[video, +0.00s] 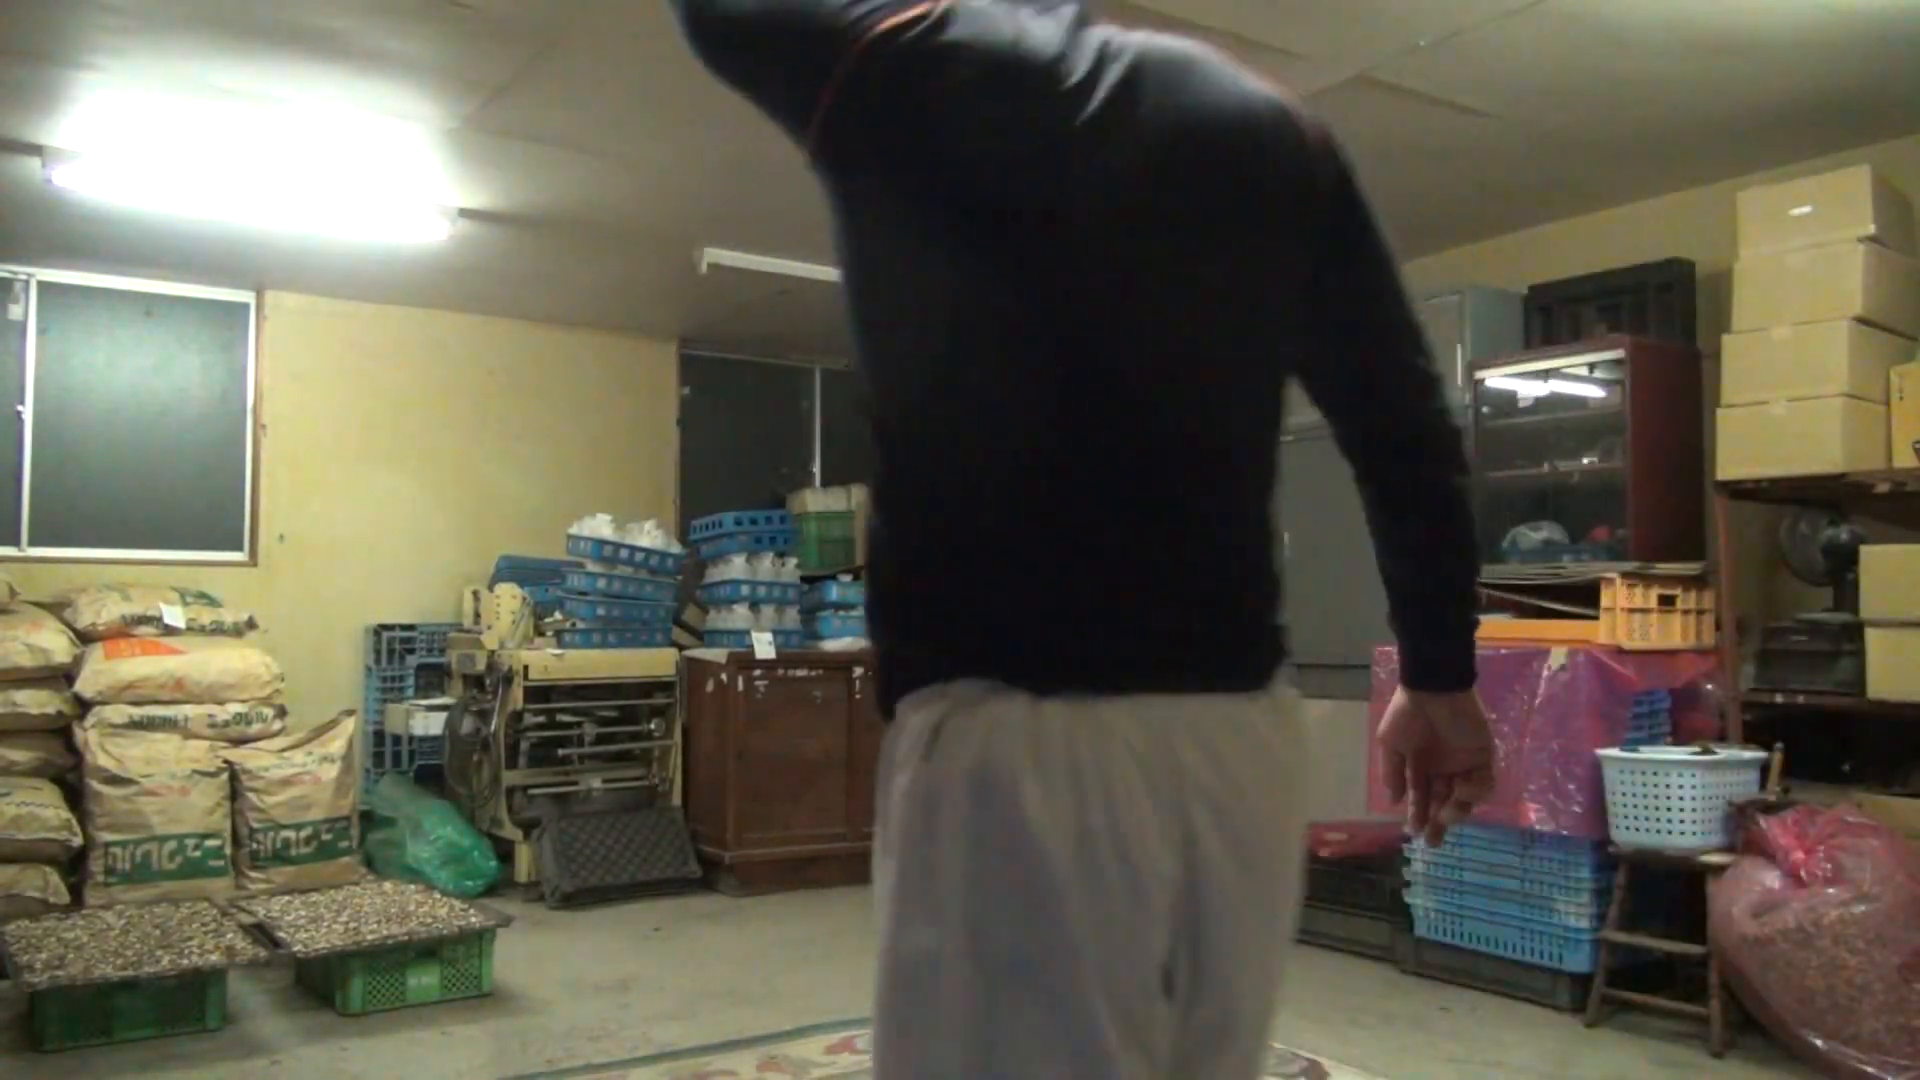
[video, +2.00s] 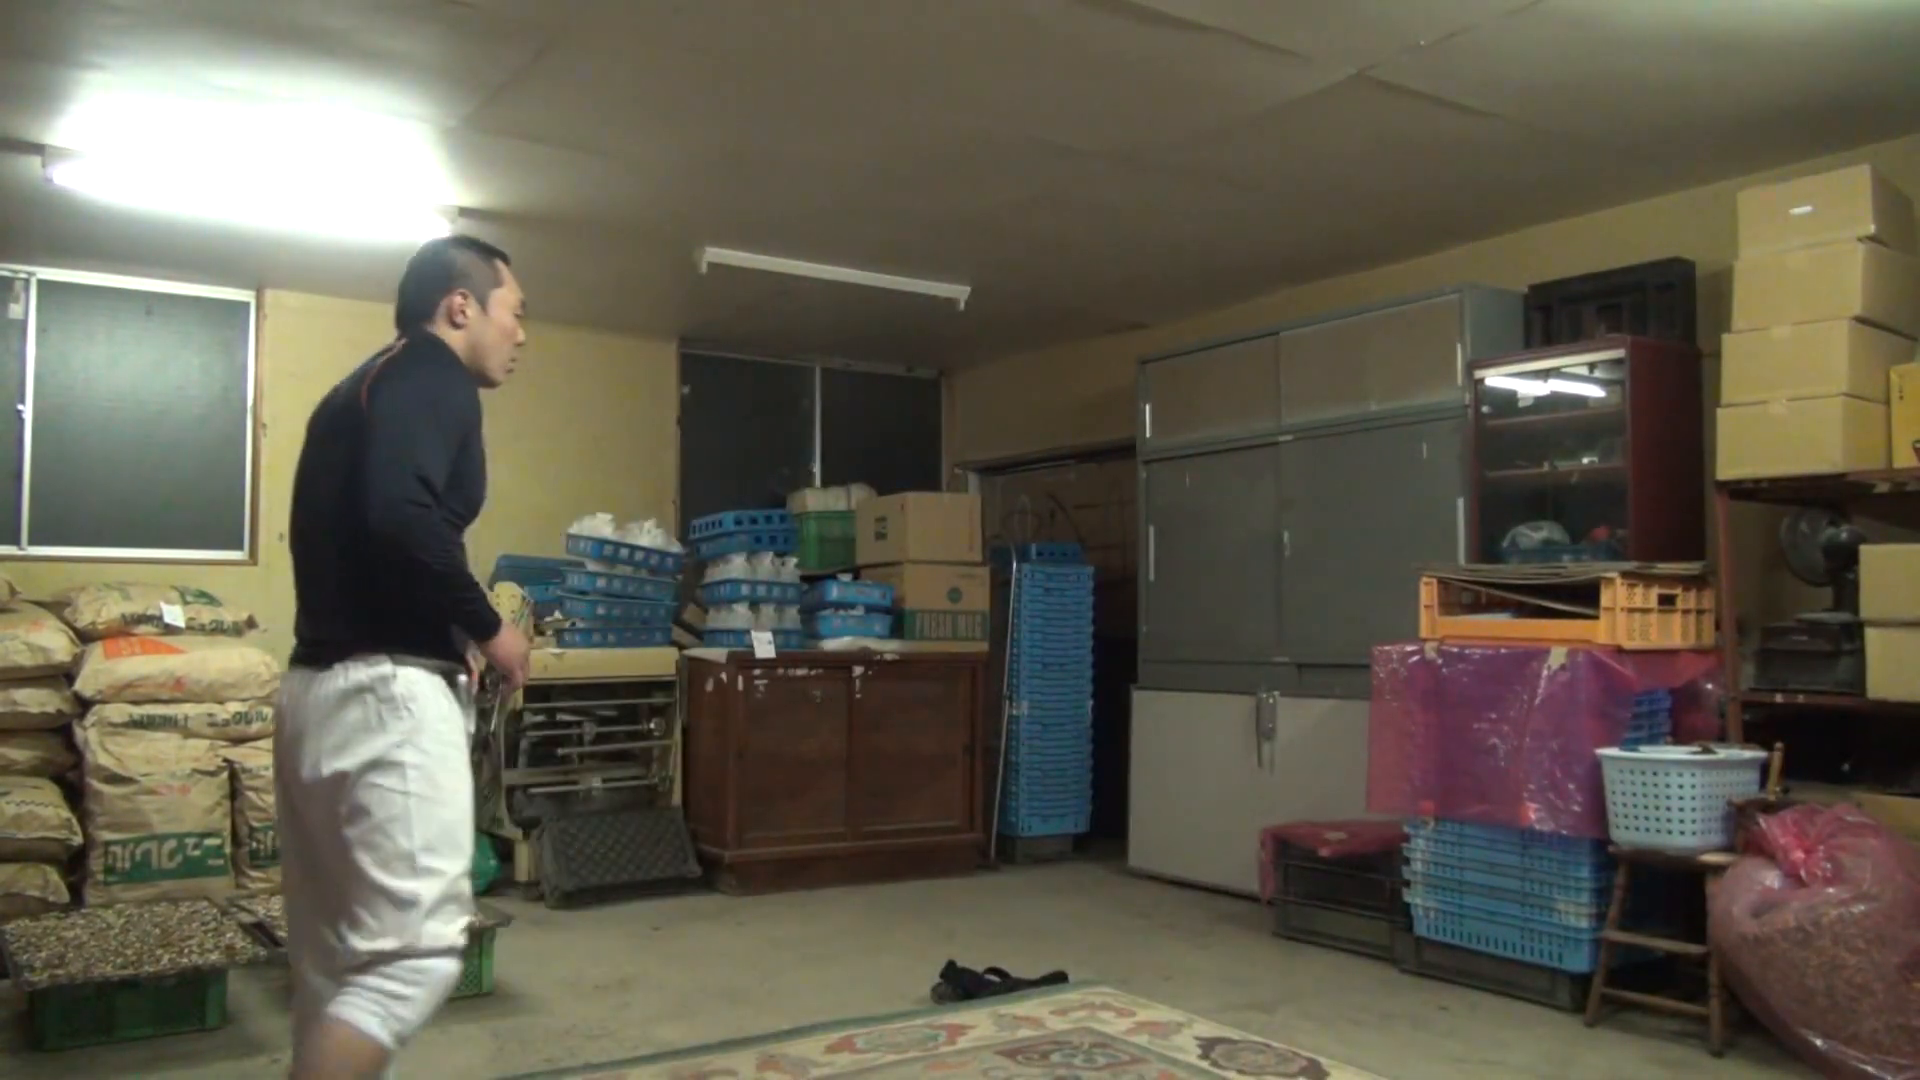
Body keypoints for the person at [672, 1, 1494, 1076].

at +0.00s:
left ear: (929, 3)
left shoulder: (898, 77)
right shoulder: (1275, 134)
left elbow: (717, 9)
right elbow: (1407, 433)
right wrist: (1443, 681)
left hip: (1013, 756)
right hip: (1243, 751)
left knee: (1015, 1066)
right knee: (1212, 1070)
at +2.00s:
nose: (521, 334)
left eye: (523, 316)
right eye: (513, 312)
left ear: (442, 312)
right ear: (458, 308)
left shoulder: (350, 392)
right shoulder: (431, 372)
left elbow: (331, 551)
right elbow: (402, 510)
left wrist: (448, 640)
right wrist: (489, 626)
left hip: (314, 699)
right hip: (390, 701)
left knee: (326, 965)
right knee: (407, 960)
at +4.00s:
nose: (425, 332)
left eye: (428, 310)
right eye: (419, 306)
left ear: (343, 305)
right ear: (362, 300)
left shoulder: (225, 377)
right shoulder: (328, 370)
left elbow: (315, 537)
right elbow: (403, 520)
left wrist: (467, 539)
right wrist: (553, 489)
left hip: (72, 707)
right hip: (195, 709)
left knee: (50, 1023)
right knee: (312, 991)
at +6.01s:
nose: (547, 328)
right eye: (545, 317)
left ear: (439, 338)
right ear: (537, 326)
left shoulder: (393, 436)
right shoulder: (609, 415)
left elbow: (360, 584)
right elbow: (703, 529)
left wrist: (452, 601)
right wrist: (705, 458)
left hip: (466, 729)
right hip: (593, 721)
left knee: (400, 974)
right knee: (580, 952)